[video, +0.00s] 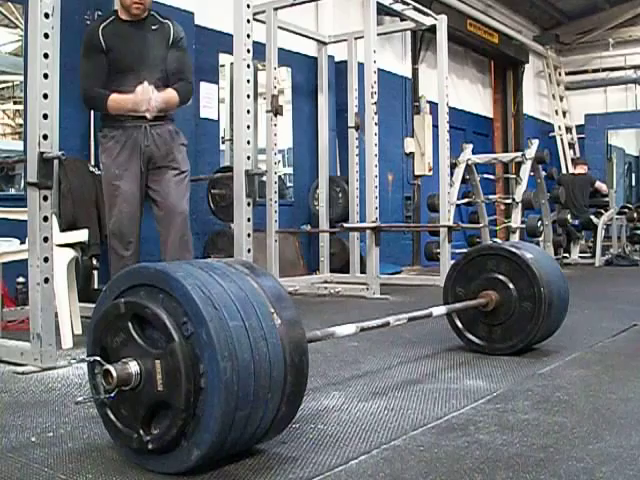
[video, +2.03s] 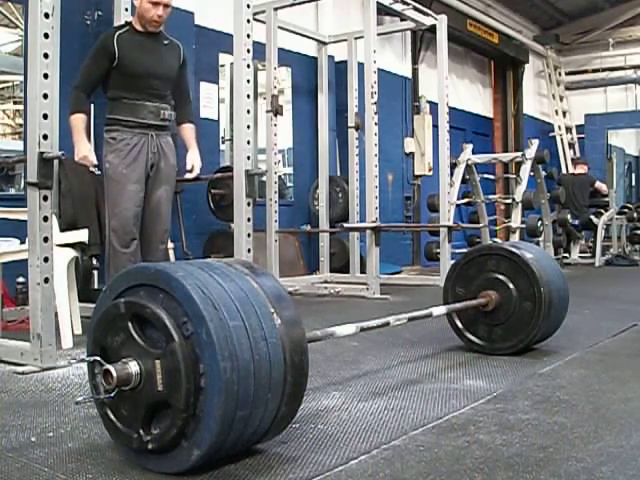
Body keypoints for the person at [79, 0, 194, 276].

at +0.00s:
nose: (140, 1)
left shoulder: (170, 30)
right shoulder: (99, 34)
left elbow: (185, 86)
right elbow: (90, 95)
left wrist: (158, 101)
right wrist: (133, 101)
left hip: (166, 136)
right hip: (119, 138)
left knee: (177, 216)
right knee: (122, 226)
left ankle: (184, 298)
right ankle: (124, 302)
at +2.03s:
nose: (160, 12)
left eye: (166, 7)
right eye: (154, 4)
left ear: (170, 10)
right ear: (137, 3)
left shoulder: (175, 50)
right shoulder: (113, 41)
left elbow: (183, 105)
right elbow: (80, 92)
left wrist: (192, 148)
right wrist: (80, 142)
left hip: (164, 143)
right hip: (124, 141)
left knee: (158, 231)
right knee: (124, 229)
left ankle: (158, 304)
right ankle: (123, 304)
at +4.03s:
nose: (151, 9)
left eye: (158, 3)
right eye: (145, 1)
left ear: (163, 7)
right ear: (130, 3)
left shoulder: (172, 45)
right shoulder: (106, 38)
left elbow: (182, 98)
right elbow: (73, 90)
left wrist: (192, 145)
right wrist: (72, 142)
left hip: (160, 141)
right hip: (118, 139)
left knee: (153, 233)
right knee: (118, 229)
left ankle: (152, 312)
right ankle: (113, 313)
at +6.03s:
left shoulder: (332, 4)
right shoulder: (245, 2)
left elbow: (332, 63)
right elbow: (200, 46)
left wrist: (347, 132)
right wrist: (211, 121)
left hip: (312, 120)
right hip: (256, 115)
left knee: (355, 229)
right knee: (260, 243)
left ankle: (389, 355)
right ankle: (248, 371)